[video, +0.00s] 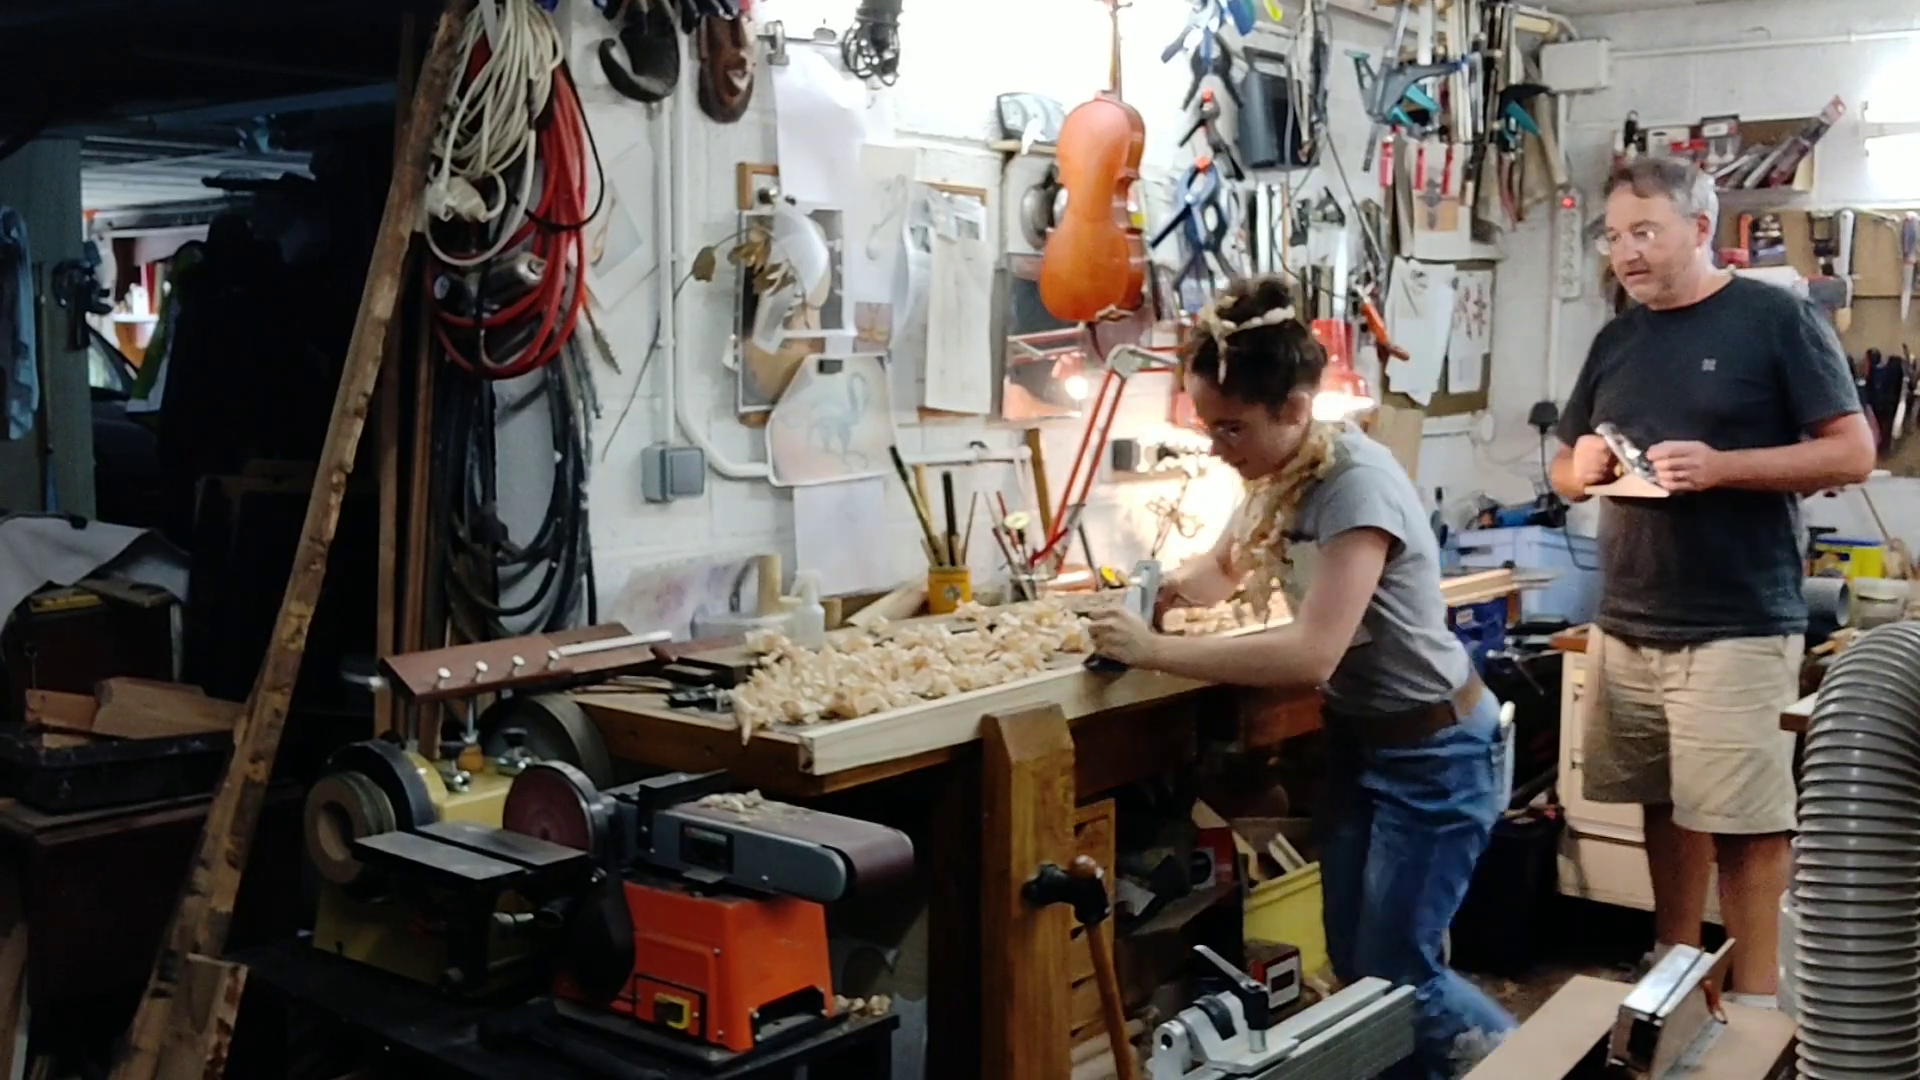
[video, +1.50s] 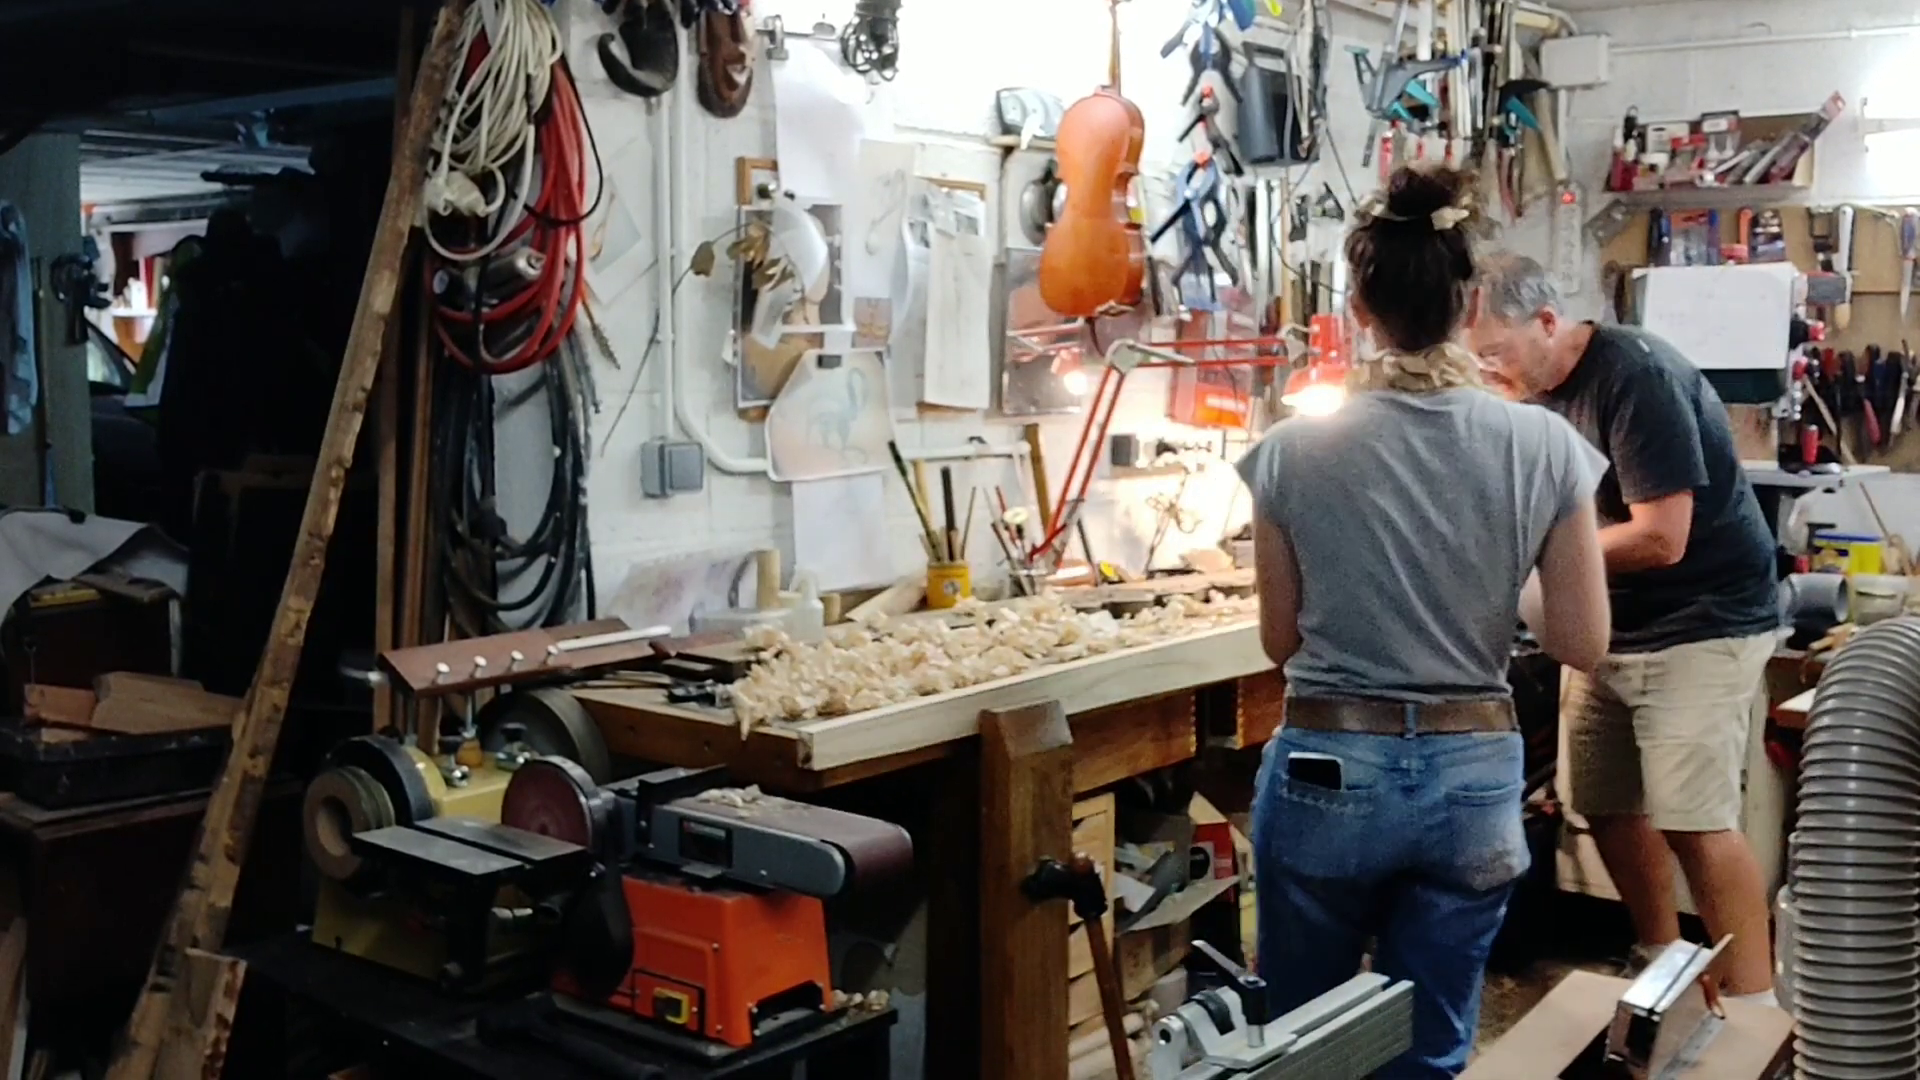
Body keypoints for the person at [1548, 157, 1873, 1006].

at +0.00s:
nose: (1626, 251)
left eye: (1644, 231)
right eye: (1614, 235)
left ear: (1701, 228)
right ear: (1606, 243)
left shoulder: (1777, 313)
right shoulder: (1615, 339)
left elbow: (1855, 451)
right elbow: (1565, 465)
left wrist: (1723, 464)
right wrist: (1581, 468)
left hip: (1740, 630)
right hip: (1634, 627)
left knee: (1744, 829)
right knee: (1667, 810)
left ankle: (1753, 1006)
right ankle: (1676, 972)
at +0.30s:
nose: (1632, 249)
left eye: (1652, 229)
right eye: (1620, 233)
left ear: (1707, 230)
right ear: (1612, 242)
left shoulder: (1778, 314)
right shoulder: (1618, 336)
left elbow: (1849, 456)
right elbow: (1565, 462)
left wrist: (1717, 465)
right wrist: (1577, 467)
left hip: (1736, 627)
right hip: (1629, 623)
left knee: (1744, 823)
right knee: (1667, 808)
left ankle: (1753, 1004)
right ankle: (1676, 967)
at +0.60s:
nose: (1624, 252)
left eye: (1643, 233)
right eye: (1612, 235)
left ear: (1698, 231)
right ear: (1604, 240)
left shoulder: (1773, 313)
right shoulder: (1618, 334)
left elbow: (1830, 457)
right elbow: (1573, 446)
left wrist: (1691, 470)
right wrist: (1572, 464)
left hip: (1733, 627)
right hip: (1628, 622)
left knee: (1744, 824)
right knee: (1664, 808)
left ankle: (1754, 1004)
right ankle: (1675, 966)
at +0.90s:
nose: (1587, 281)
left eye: (1600, 259)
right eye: (1578, 265)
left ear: (1661, 242)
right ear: (1577, 260)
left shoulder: (1736, 325)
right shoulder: (1604, 339)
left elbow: (1725, 477)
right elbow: (1583, 457)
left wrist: (1579, 509)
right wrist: (1547, 491)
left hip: (1727, 631)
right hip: (1625, 623)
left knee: (1742, 822)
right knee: (1649, 805)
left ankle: (1755, 1001)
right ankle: (1673, 968)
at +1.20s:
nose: (1529, 326)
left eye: (1538, 305)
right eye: (1519, 309)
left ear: (1598, 281)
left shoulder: (1686, 354)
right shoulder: (1573, 364)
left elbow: (1667, 512)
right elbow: (1573, 473)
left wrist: (1527, 549)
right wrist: (1522, 527)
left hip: (1713, 632)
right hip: (1618, 628)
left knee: (1723, 822)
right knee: (1630, 808)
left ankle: (1752, 1008)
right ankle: (1663, 969)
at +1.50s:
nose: (1488, 373)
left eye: (1495, 354)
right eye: (1478, 359)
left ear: (1549, 322)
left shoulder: (1639, 375)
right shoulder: (1538, 395)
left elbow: (1663, 537)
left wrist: (1546, 554)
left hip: (1705, 629)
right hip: (1607, 630)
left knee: (1695, 816)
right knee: (1608, 807)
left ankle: (1754, 999)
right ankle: (1664, 963)